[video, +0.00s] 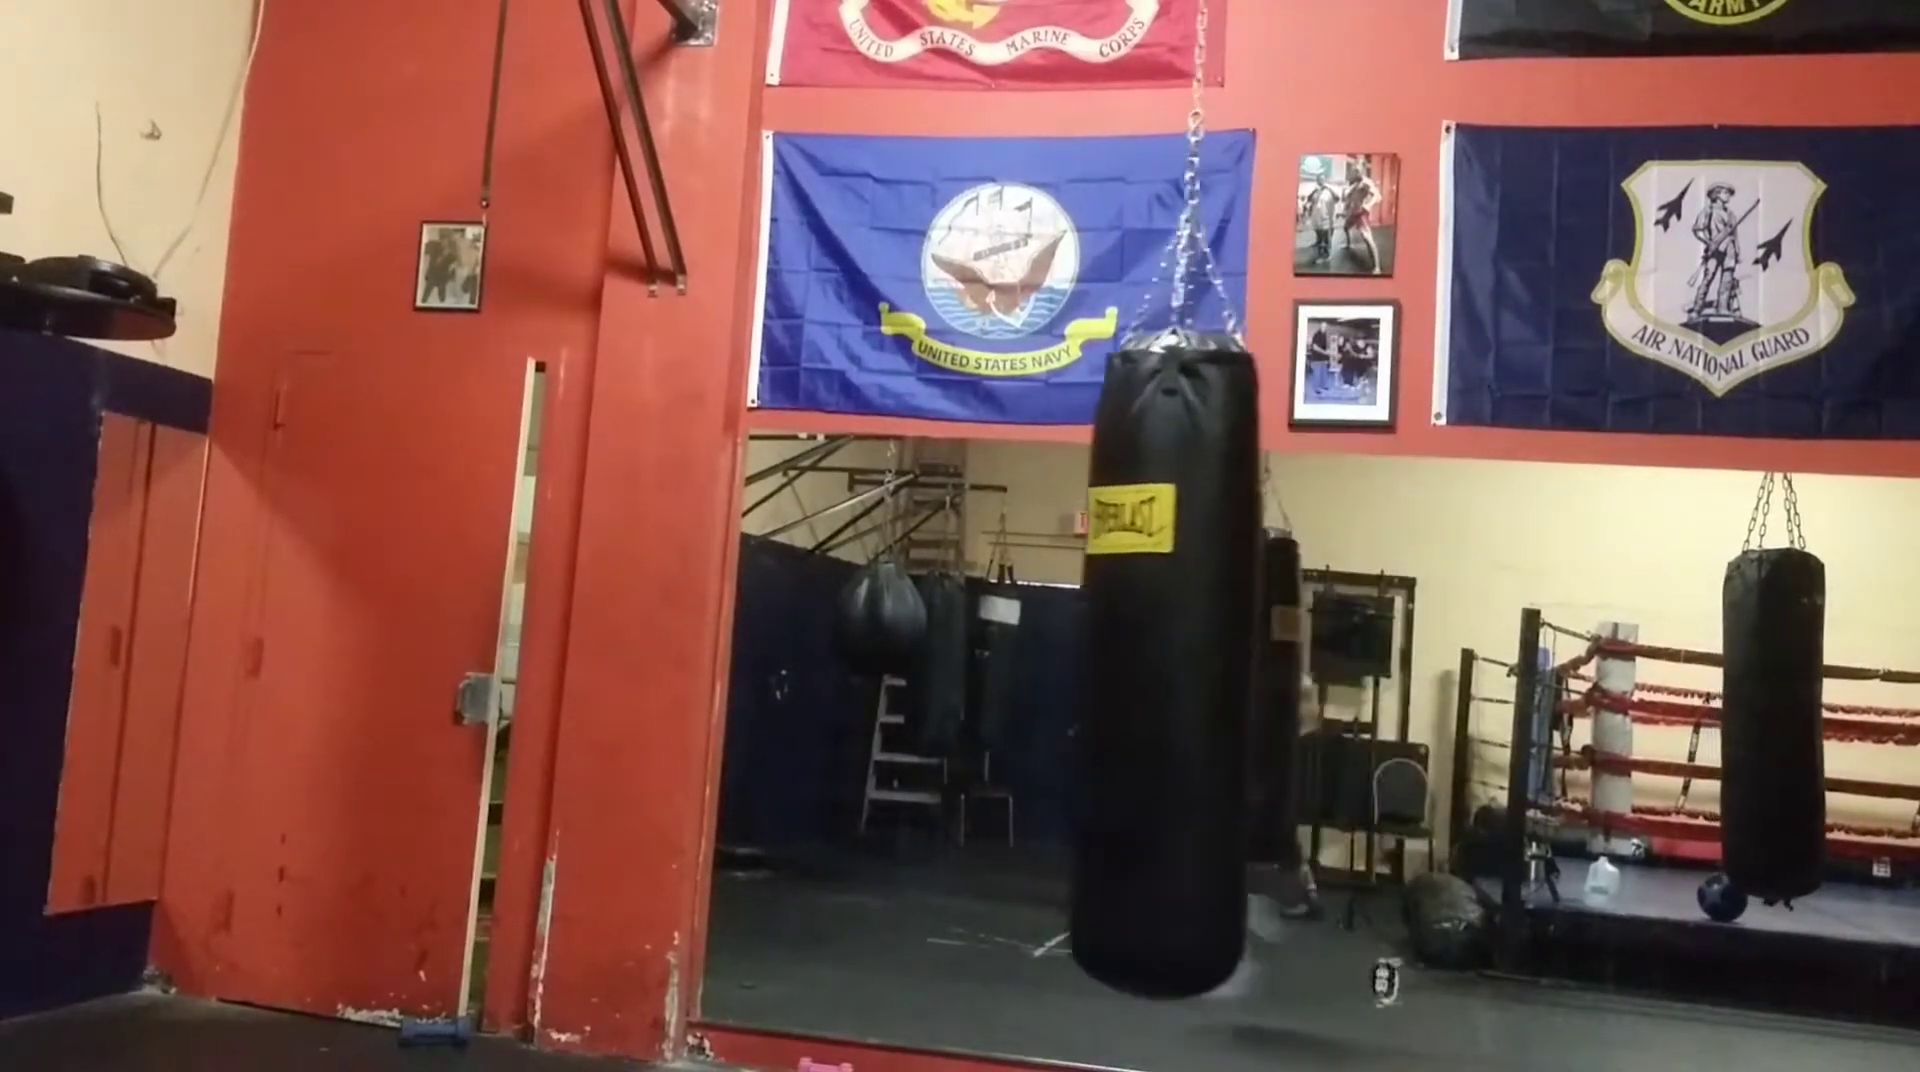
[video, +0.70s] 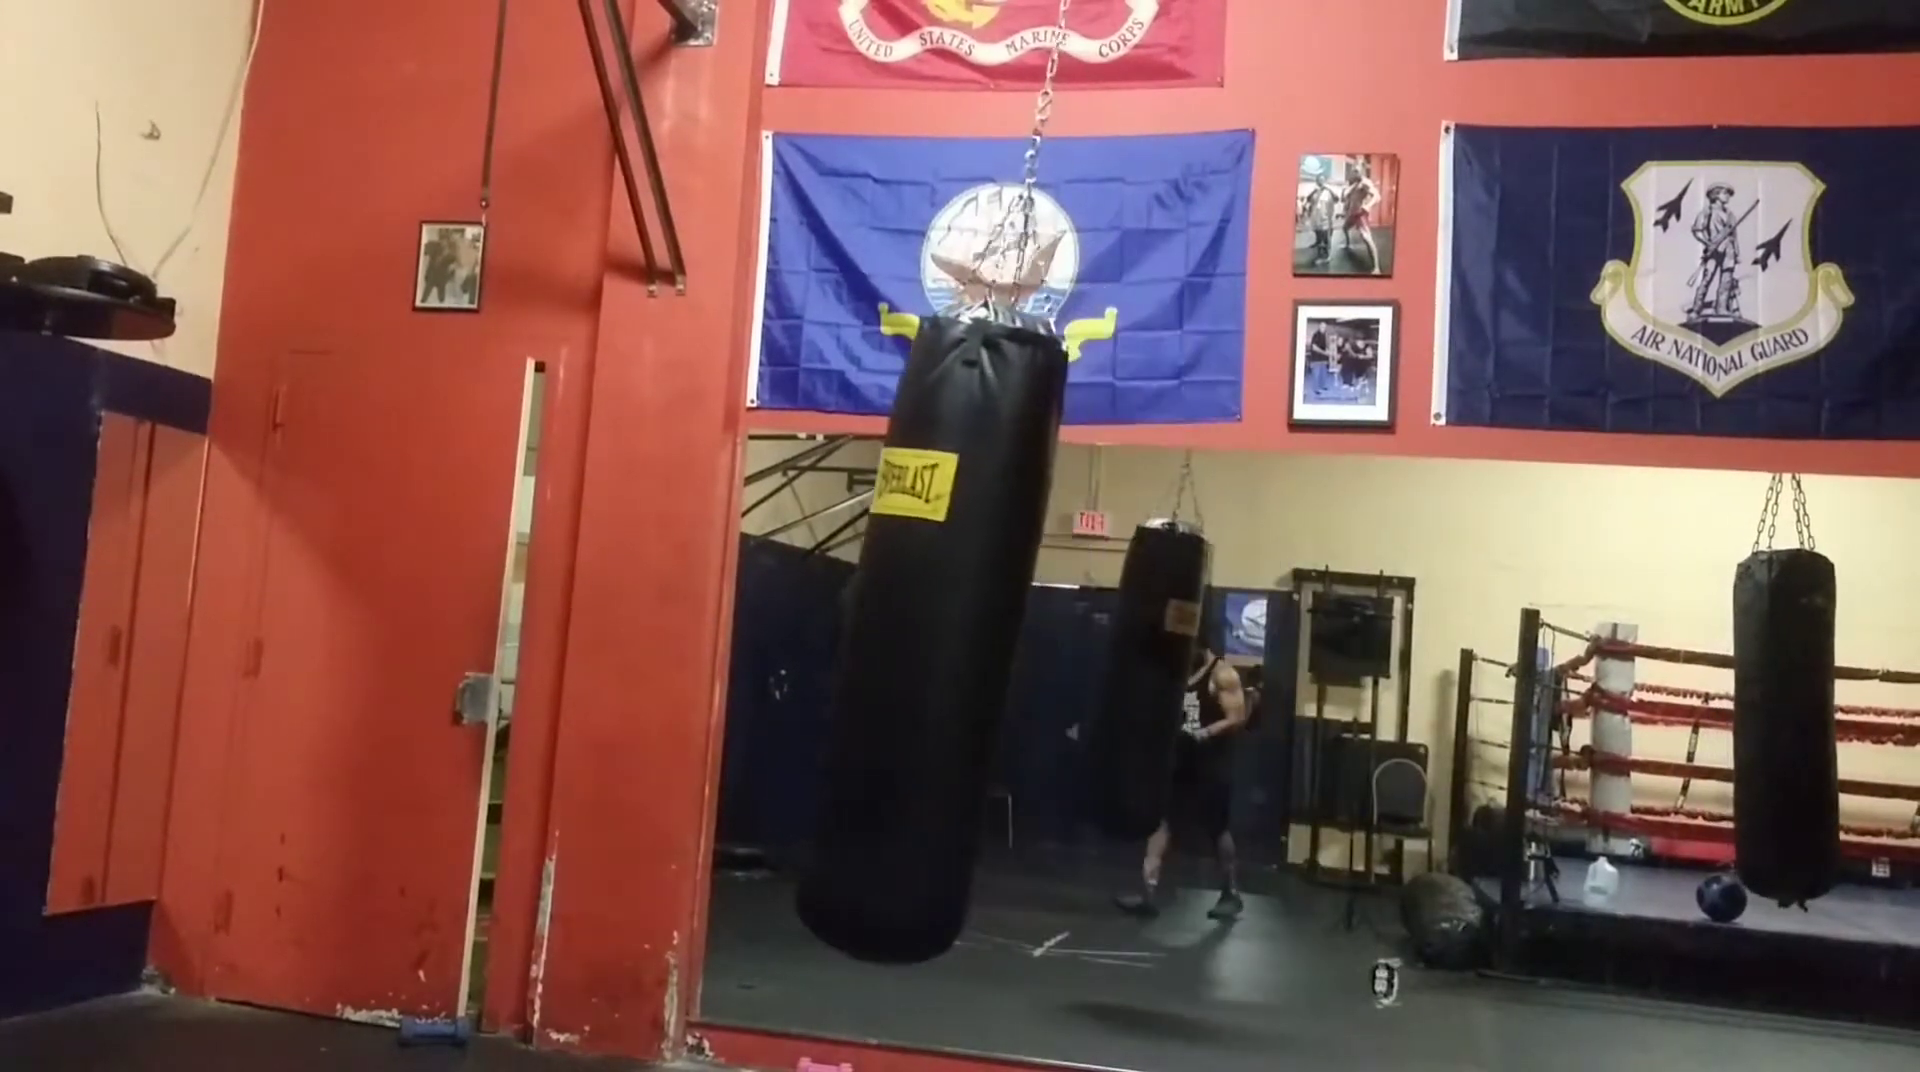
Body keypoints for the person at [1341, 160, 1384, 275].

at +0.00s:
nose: (1352, 175)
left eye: (1354, 172)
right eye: (1351, 172)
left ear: (1359, 173)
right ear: (1351, 174)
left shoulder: (1365, 183)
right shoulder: (1351, 186)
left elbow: (1377, 195)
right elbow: (1346, 200)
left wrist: (1367, 206)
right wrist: (1345, 212)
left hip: (1361, 212)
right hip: (1351, 212)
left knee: (1366, 236)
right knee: (1345, 228)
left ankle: (1376, 266)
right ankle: (1348, 244)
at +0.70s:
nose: (1353, 175)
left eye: (1355, 172)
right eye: (1352, 172)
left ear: (1359, 173)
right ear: (1351, 174)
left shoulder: (1365, 183)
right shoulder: (1351, 186)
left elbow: (1376, 196)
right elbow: (1345, 199)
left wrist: (1367, 207)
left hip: (1361, 212)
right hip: (1351, 213)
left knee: (1366, 237)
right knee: (1345, 228)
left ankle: (1376, 267)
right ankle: (1348, 245)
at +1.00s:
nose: (1350, 175)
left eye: (1352, 172)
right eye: (1349, 173)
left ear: (1357, 173)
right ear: (1350, 174)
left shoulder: (1364, 182)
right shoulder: (1351, 185)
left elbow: (1376, 195)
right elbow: (1343, 198)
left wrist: (1366, 205)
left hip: (1360, 211)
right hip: (1351, 212)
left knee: (1366, 236)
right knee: (1345, 227)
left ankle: (1375, 266)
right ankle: (1347, 243)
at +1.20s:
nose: (1349, 176)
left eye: (1351, 173)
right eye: (1349, 174)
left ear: (1356, 173)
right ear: (1351, 174)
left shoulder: (1364, 182)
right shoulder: (1351, 185)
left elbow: (1376, 195)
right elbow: (1344, 198)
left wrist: (1367, 206)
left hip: (1360, 211)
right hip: (1351, 211)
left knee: (1366, 236)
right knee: (1345, 227)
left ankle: (1376, 267)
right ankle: (1347, 243)